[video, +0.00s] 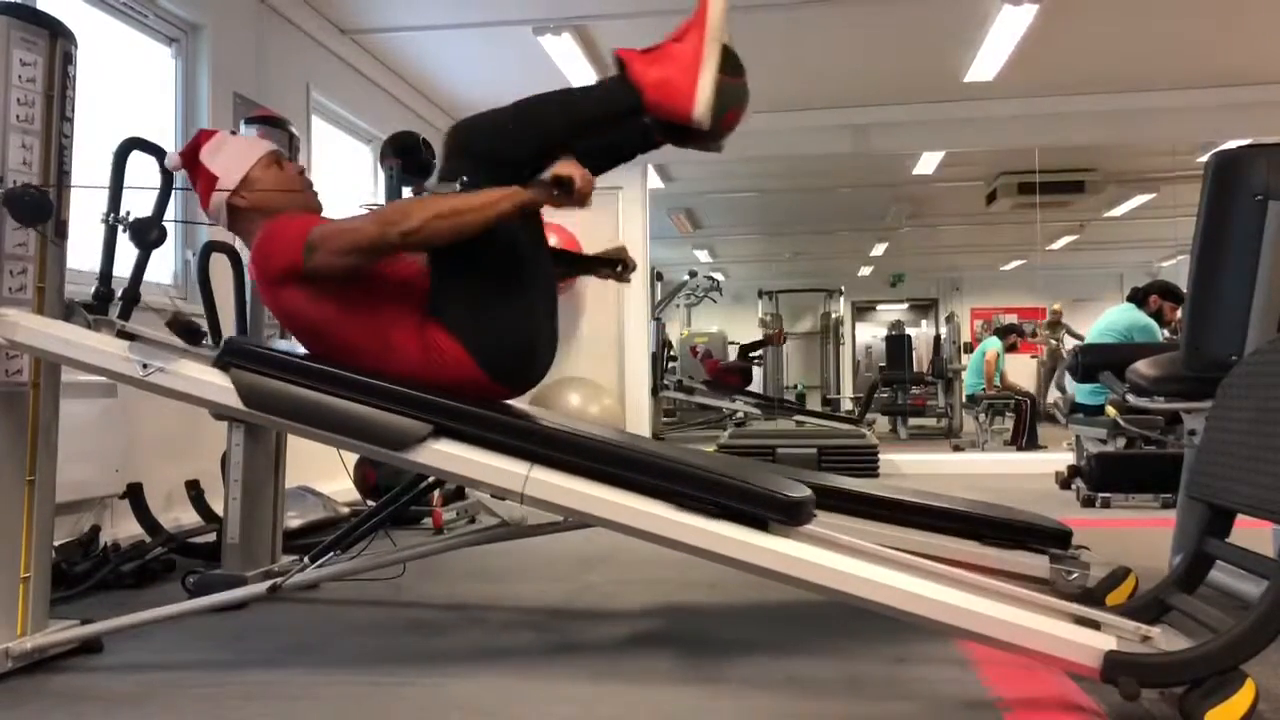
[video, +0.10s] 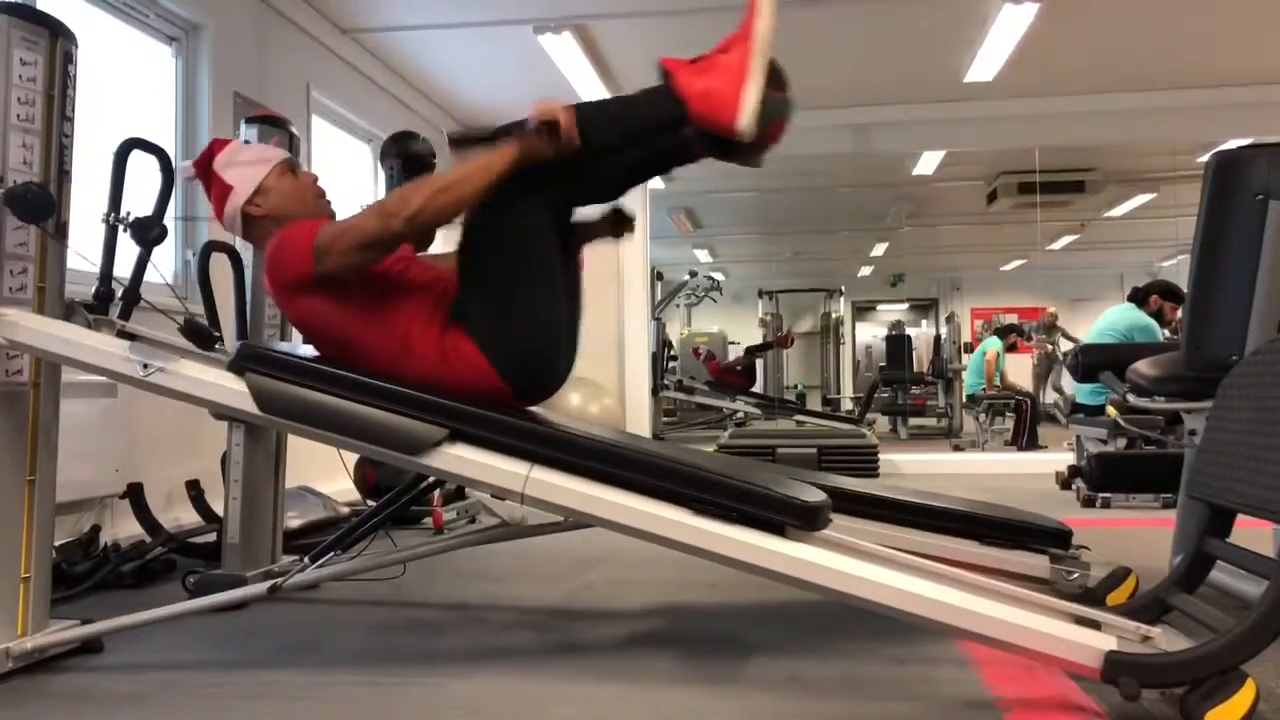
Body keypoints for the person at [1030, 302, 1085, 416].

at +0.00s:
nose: (1054, 316)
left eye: (1056, 314)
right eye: (1052, 313)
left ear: (1061, 315)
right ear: (1049, 314)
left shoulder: (1063, 326)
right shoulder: (1045, 325)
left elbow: (1074, 334)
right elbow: (1042, 337)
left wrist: (1085, 340)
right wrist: (1050, 342)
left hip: (1061, 356)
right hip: (1049, 356)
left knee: (1059, 383)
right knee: (1045, 384)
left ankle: (1069, 401)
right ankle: (1042, 407)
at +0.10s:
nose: (1049, 318)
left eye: (1052, 316)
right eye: (1048, 316)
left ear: (1056, 318)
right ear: (1044, 316)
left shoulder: (1058, 329)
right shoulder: (1036, 327)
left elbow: (1070, 338)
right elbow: (1027, 340)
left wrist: (1080, 343)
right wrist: (1036, 344)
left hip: (1055, 359)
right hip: (1041, 359)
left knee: (1055, 385)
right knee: (1038, 386)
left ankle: (1066, 398)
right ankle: (1038, 409)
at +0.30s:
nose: (1040, 318)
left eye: (1043, 315)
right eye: (1037, 315)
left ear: (1048, 317)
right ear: (1033, 316)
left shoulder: (1051, 329)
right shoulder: (1028, 328)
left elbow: (1058, 341)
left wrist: (1066, 351)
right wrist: (1031, 346)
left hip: (1048, 360)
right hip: (1032, 361)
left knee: (1045, 380)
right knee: (1032, 387)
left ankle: (1054, 397)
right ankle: (1034, 407)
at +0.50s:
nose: (1035, 320)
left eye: (1038, 317)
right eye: (1033, 317)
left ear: (1043, 318)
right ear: (1030, 317)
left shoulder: (1048, 329)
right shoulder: (1025, 329)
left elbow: (1054, 342)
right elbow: (1019, 341)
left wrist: (1055, 351)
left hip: (1044, 359)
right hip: (1029, 359)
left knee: (1038, 382)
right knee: (1029, 385)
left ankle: (1041, 404)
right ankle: (1031, 407)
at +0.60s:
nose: (1033, 319)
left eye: (1036, 316)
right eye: (1031, 316)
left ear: (1040, 318)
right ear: (1028, 316)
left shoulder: (1046, 330)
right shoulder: (1024, 329)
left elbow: (1054, 345)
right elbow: (1018, 343)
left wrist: (1047, 350)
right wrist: (1026, 348)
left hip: (1043, 360)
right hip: (1028, 361)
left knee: (1035, 386)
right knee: (1028, 387)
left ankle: (1036, 412)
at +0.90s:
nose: (1032, 317)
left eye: (1034, 314)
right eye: (1030, 314)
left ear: (1038, 316)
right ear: (1026, 316)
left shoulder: (1044, 330)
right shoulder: (1021, 329)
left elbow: (1052, 346)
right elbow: (1014, 344)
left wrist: (1037, 347)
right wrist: (1025, 347)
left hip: (1041, 363)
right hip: (1025, 363)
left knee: (1038, 391)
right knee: (1024, 390)